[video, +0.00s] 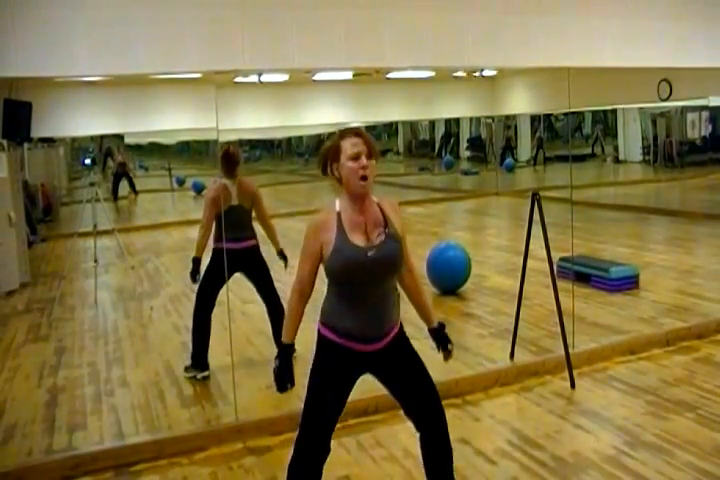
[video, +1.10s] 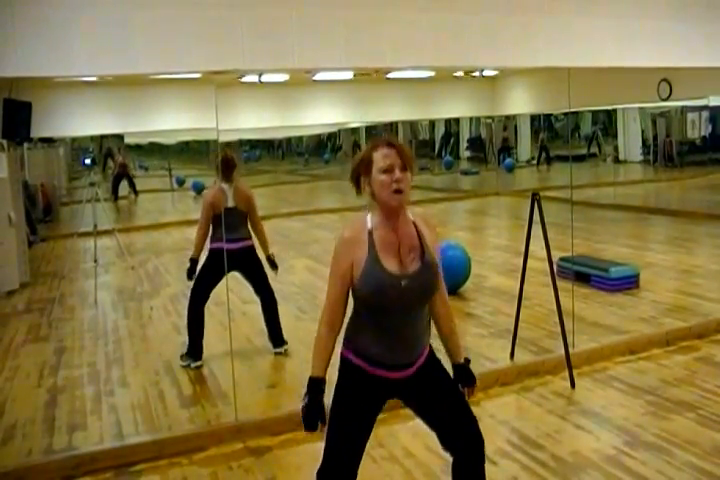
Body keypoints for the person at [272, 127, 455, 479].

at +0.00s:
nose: (364, 164)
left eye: (368, 157)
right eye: (354, 158)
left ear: (374, 164)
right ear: (335, 171)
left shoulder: (390, 212)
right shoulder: (322, 226)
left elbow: (407, 272)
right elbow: (301, 291)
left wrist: (434, 326)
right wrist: (285, 349)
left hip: (391, 343)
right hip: (339, 349)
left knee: (433, 421)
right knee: (312, 445)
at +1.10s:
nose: (396, 177)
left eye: (402, 169)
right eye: (385, 170)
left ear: (410, 176)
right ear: (367, 182)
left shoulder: (424, 231)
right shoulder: (353, 239)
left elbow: (439, 299)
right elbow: (332, 318)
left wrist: (459, 363)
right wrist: (315, 386)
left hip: (420, 367)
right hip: (363, 373)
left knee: (469, 444)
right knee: (338, 470)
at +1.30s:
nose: (407, 198)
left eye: (412, 190)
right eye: (395, 192)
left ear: (420, 198)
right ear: (376, 207)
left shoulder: (435, 249)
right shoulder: (366, 261)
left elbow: (466, 306)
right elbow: (326, 335)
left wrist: (509, 354)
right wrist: (294, 402)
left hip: (425, 379)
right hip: (369, 387)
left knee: (480, 452)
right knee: (341, 474)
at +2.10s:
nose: (429, 171)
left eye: (433, 162)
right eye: (417, 164)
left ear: (440, 170)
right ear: (394, 176)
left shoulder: (459, 230)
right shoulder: (380, 242)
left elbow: (476, 309)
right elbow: (356, 330)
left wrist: (504, 377)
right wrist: (337, 406)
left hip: (458, 386)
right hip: (396, 393)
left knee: (509, 473)